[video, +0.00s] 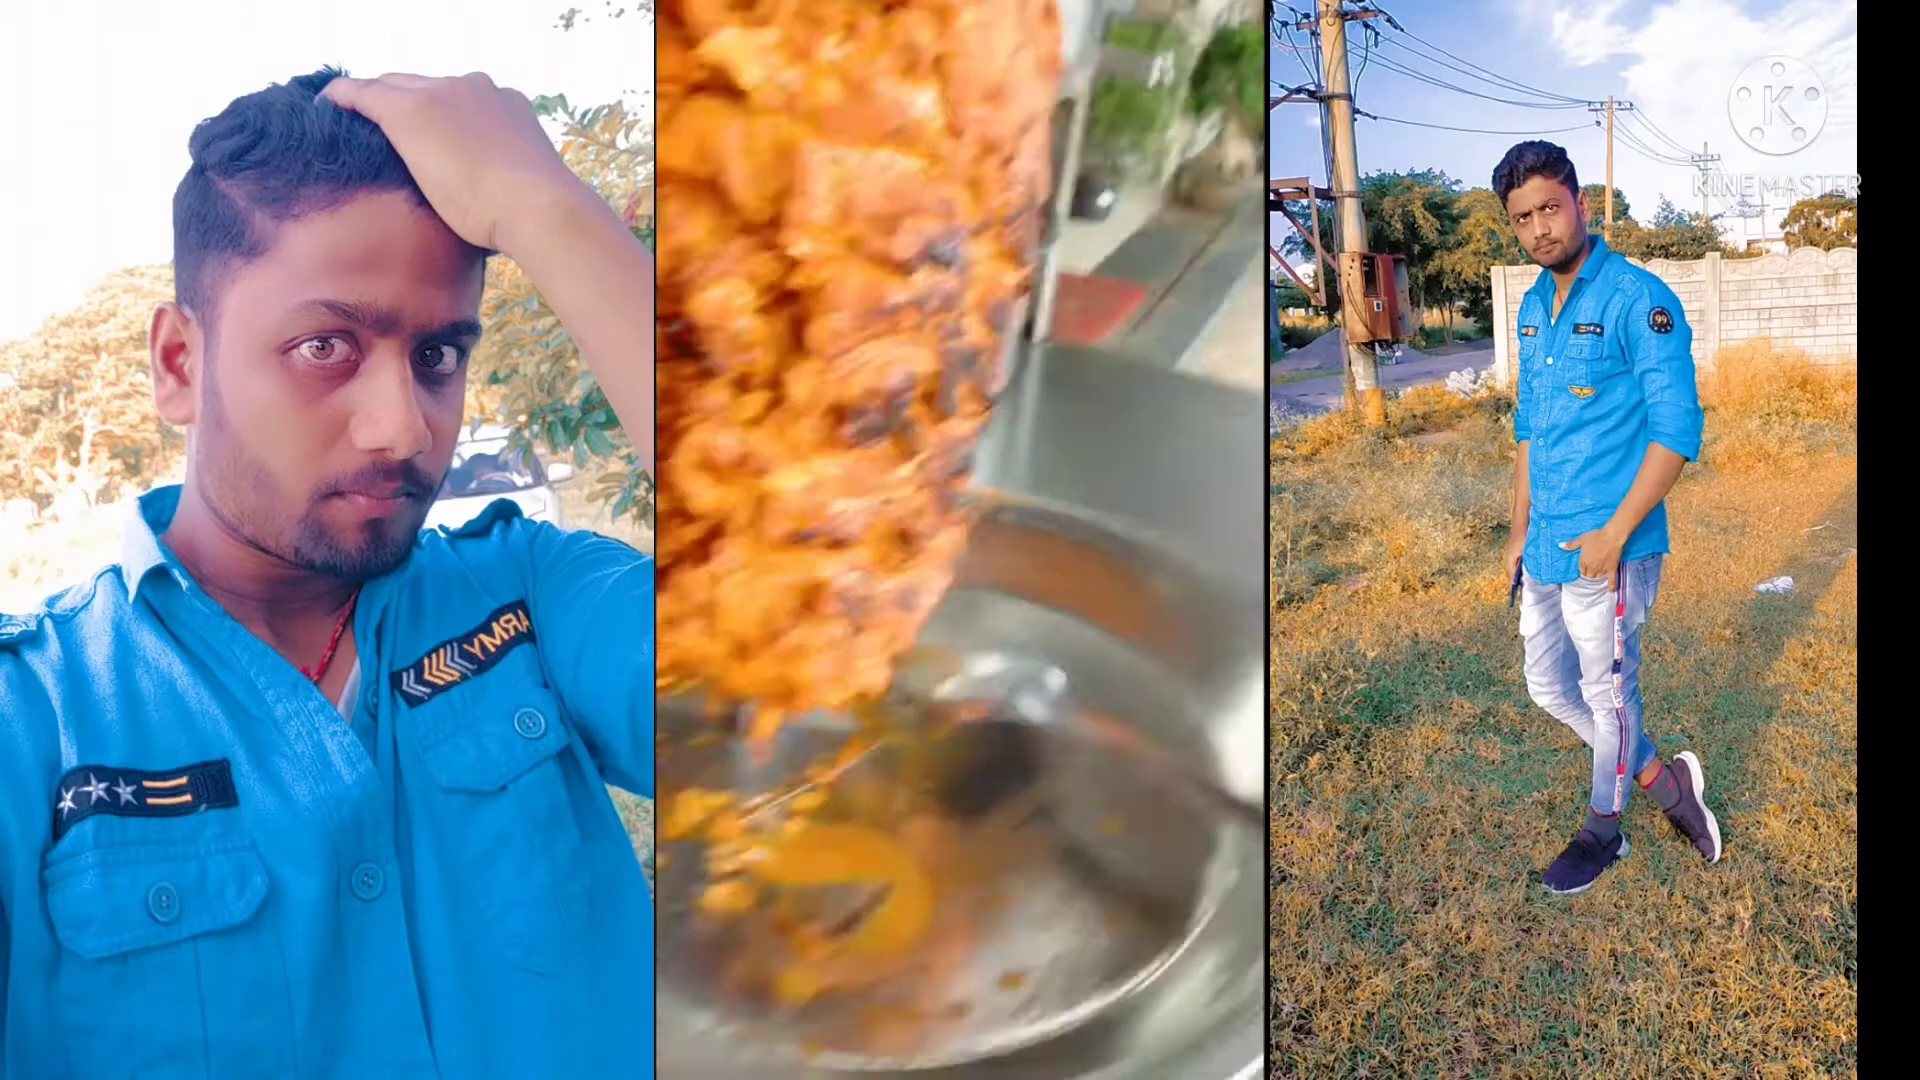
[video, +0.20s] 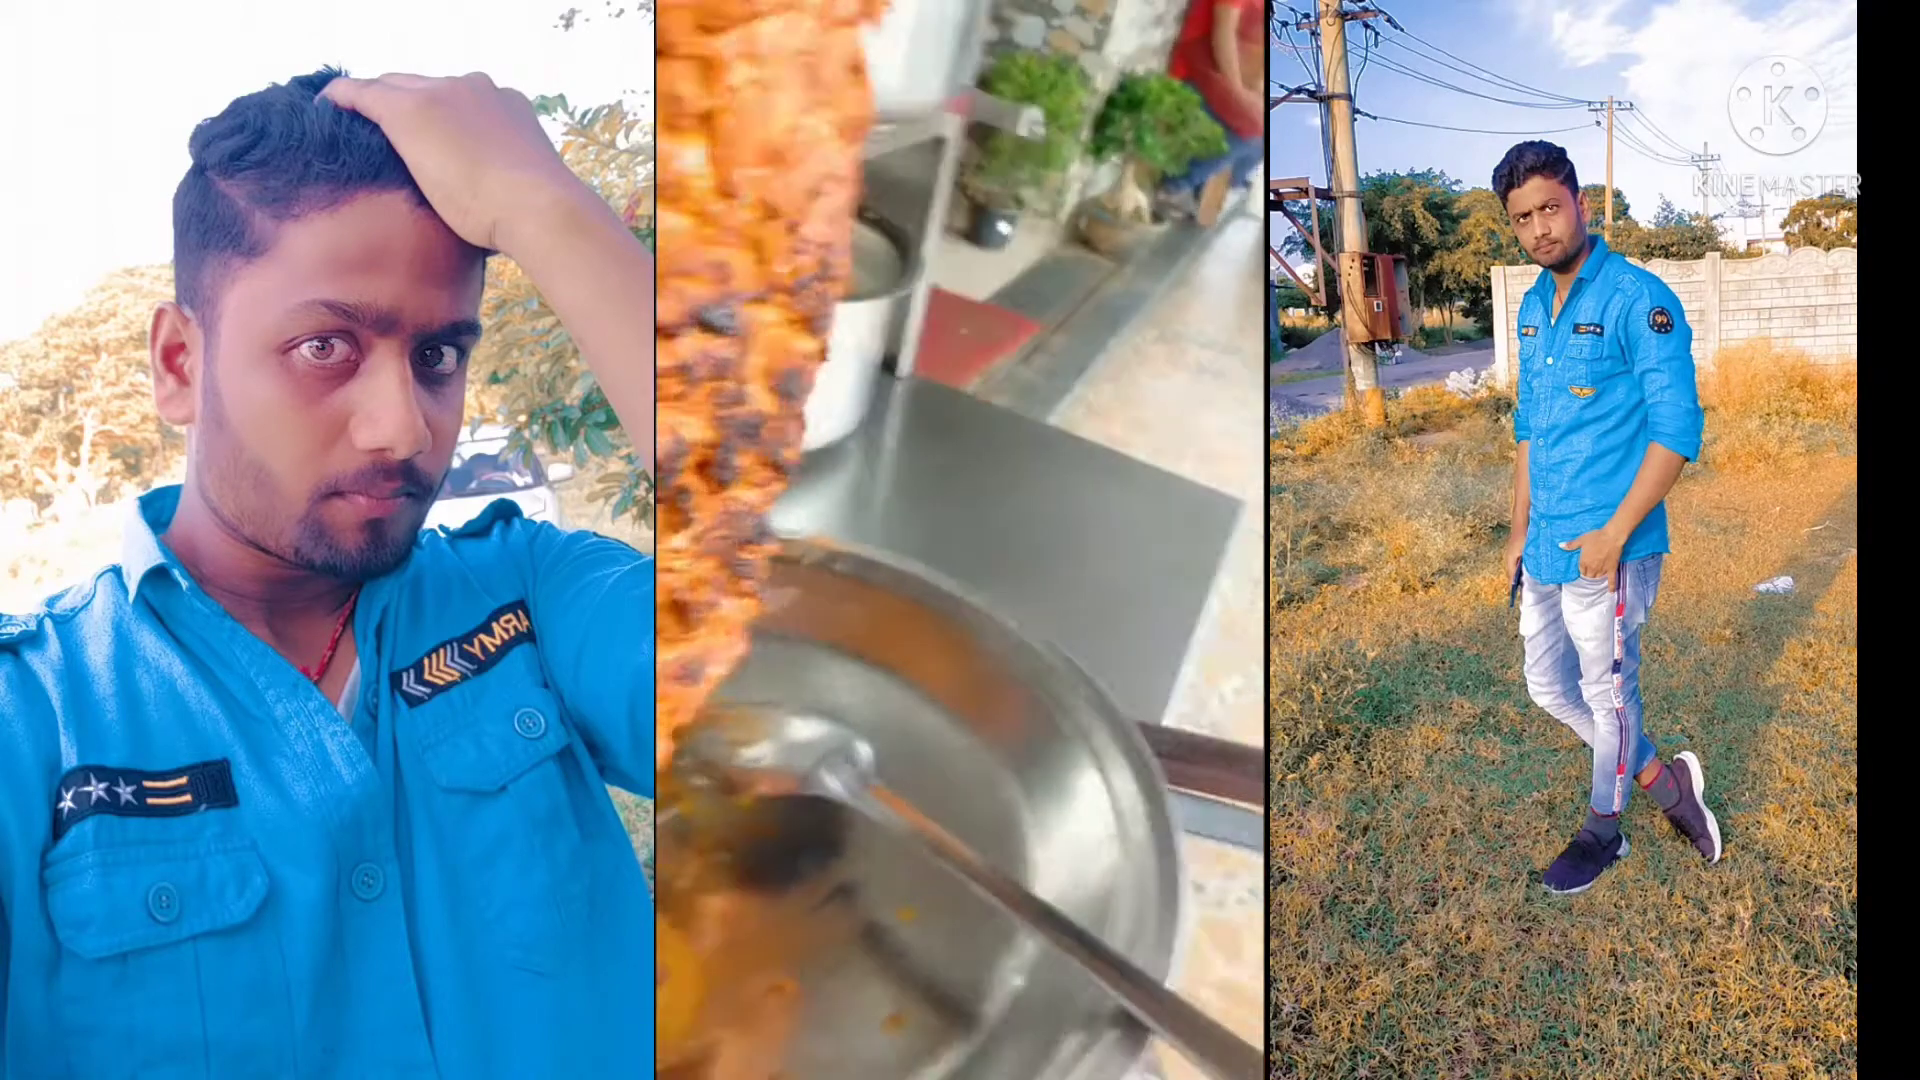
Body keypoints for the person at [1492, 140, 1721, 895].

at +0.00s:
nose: (1538, 229)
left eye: (1549, 208)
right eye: (1522, 219)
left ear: (1582, 203)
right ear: (1513, 228)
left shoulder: (1640, 298)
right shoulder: (1534, 307)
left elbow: (1678, 431)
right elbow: (1529, 431)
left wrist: (1615, 533)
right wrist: (1520, 529)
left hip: (1611, 537)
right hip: (1544, 538)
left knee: (1610, 690)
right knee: (1549, 684)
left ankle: (1602, 828)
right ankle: (1665, 779)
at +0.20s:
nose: (1537, 229)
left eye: (1548, 209)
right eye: (1522, 219)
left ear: (1582, 203)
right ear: (1513, 228)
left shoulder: (1640, 298)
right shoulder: (1534, 307)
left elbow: (1678, 431)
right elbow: (1529, 431)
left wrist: (1615, 532)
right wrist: (1520, 528)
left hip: (1611, 536)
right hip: (1544, 538)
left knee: (1609, 689)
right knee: (1549, 684)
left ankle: (1602, 828)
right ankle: (1665, 778)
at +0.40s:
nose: (1537, 229)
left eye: (1548, 208)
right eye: (1522, 219)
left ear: (1582, 202)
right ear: (1513, 228)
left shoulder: (1641, 298)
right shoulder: (1534, 306)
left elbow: (1678, 432)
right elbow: (1529, 431)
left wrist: (1616, 532)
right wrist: (1520, 528)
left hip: (1611, 537)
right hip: (1544, 538)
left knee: (1609, 690)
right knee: (1549, 684)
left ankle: (1602, 828)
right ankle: (1665, 777)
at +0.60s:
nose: (1537, 229)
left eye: (1549, 209)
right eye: (1522, 219)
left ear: (1582, 203)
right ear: (1513, 228)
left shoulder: (1640, 298)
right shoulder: (1534, 307)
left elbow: (1678, 431)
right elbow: (1529, 431)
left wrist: (1615, 532)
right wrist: (1520, 528)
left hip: (1611, 536)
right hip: (1544, 538)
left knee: (1609, 689)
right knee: (1549, 684)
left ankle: (1602, 828)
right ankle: (1665, 778)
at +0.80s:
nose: (1537, 229)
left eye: (1549, 209)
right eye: (1522, 219)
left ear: (1582, 202)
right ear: (1513, 228)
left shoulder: (1640, 298)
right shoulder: (1534, 307)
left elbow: (1678, 431)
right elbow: (1529, 431)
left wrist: (1615, 532)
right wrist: (1520, 528)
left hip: (1611, 536)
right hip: (1544, 538)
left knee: (1610, 689)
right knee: (1549, 684)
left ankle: (1602, 828)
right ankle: (1665, 778)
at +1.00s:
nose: (1537, 229)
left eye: (1548, 208)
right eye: (1522, 219)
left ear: (1582, 202)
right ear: (1513, 228)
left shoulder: (1641, 299)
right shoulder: (1534, 307)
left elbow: (1678, 432)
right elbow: (1529, 431)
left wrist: (1615, 533)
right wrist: (1520, 529)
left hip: (1611, 537)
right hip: (1544, 538)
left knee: (1610, 691)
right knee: (1549, 685)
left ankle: (1602, 827)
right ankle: (1666, 778)